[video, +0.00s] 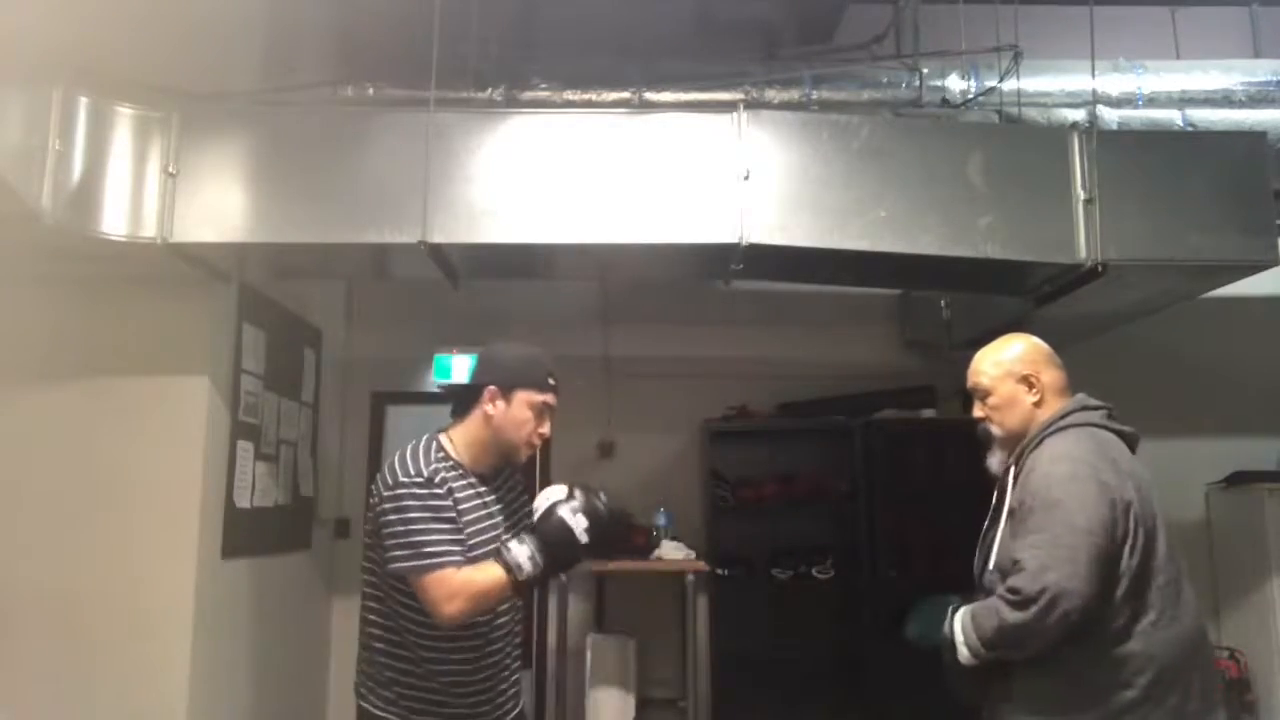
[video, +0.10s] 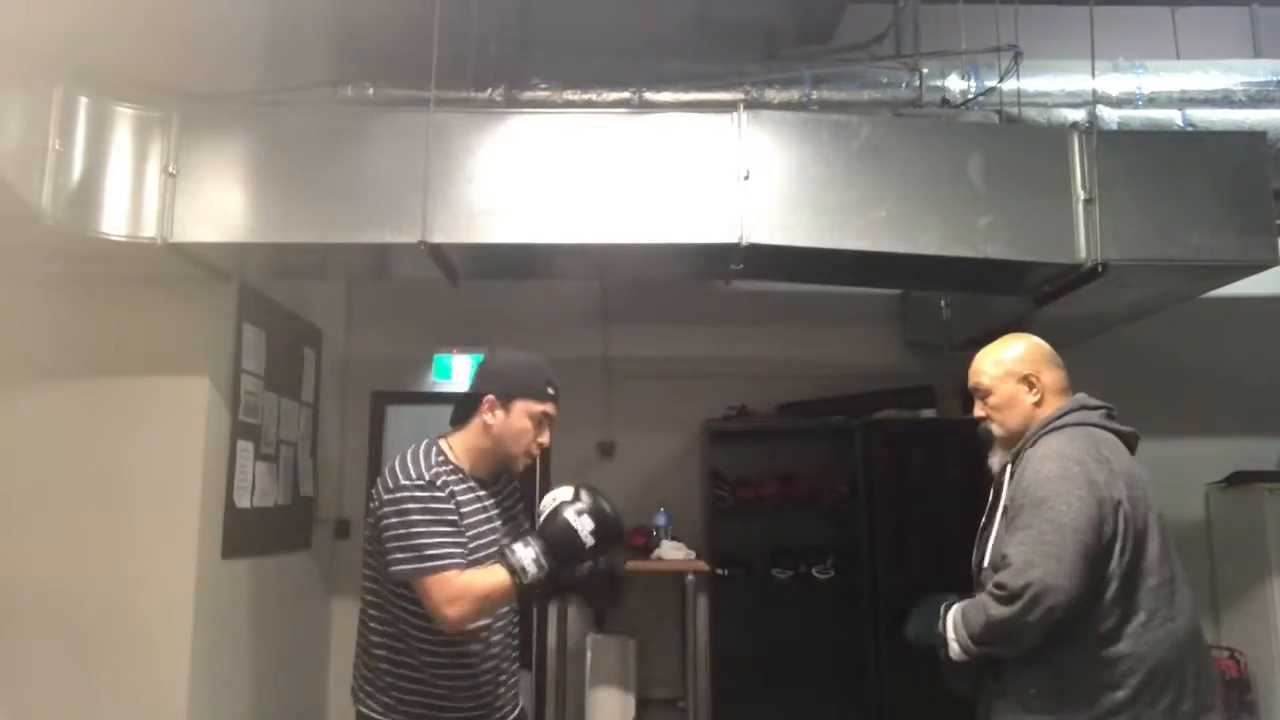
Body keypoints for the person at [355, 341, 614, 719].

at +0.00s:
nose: (547, 431)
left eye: (550, 416)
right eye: (539, 411)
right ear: (492, 401)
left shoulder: (503, 475)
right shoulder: (413, 480)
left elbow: (512, 572)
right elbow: (448, 602)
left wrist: (571, 533)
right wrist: (537, 550)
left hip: (500, 703)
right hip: (418, 709)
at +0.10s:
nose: (546, 441)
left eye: (550, 426)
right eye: (538, 421)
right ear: (491, 410)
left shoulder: (501, 482)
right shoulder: (415, 484)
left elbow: (510, 576)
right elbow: (451, 606)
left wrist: (573, 575)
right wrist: (542, 552)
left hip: (499, 705)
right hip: (417, 710)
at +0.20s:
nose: (561, 455)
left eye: (564, 440)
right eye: (553, 435)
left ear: (507, 428)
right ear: (506, 425)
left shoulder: (509, 497)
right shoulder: (424, 491)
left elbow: (507, 602)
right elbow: (461, 603)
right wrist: (552, 544)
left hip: (499, 706)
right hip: (418, 709)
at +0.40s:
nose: (645, 487)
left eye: (649, 475)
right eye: (636, 470)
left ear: (612, 462)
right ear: (595, 452)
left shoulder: (621, 517)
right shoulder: (497, 484)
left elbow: (685, 573)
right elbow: (473, 566)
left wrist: (752, 596)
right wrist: (579, 524)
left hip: (536, 705)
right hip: (443, 701)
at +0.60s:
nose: (688, 511)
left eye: (693, 499)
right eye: (682, 494)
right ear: (636, 480)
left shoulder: (667, 555)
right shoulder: (539, 511)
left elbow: (713, 616)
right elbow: (509, 612)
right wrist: (608, 562)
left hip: (585, 713)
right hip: (476, 710)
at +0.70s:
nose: (673, 506)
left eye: (677, 491)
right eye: (666, 487)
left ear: (621, 477)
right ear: (620, 474)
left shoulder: (632, 541)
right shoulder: (524, 515)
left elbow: (640, 624)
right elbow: (504, 623)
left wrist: (694, 657)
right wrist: (598, 576)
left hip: (580, 711)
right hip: (480, 710)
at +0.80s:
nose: (649, 491)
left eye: (653, 474)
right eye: (639, 471)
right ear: (593, 462)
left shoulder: (601, 531)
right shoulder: (498, 512)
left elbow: (602, 624)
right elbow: (490, 630)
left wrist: (643, 650)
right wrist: (590, 582)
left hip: (556, 710)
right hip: (465, 710)